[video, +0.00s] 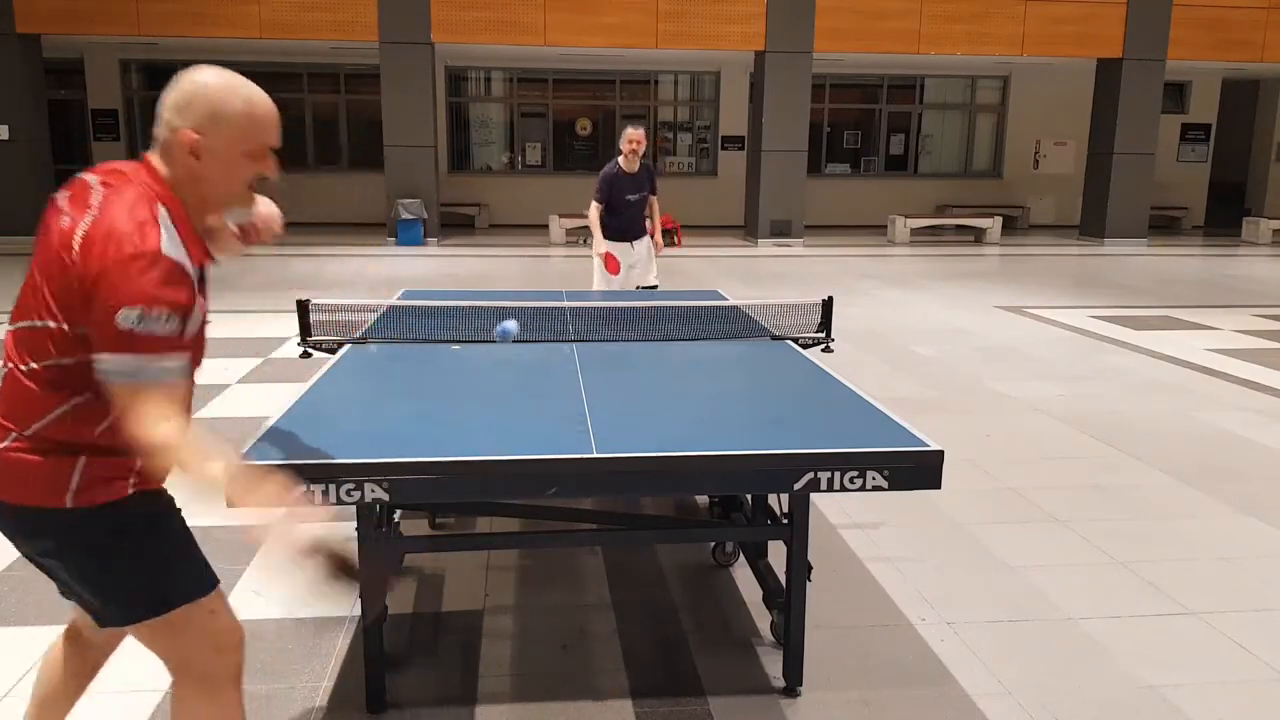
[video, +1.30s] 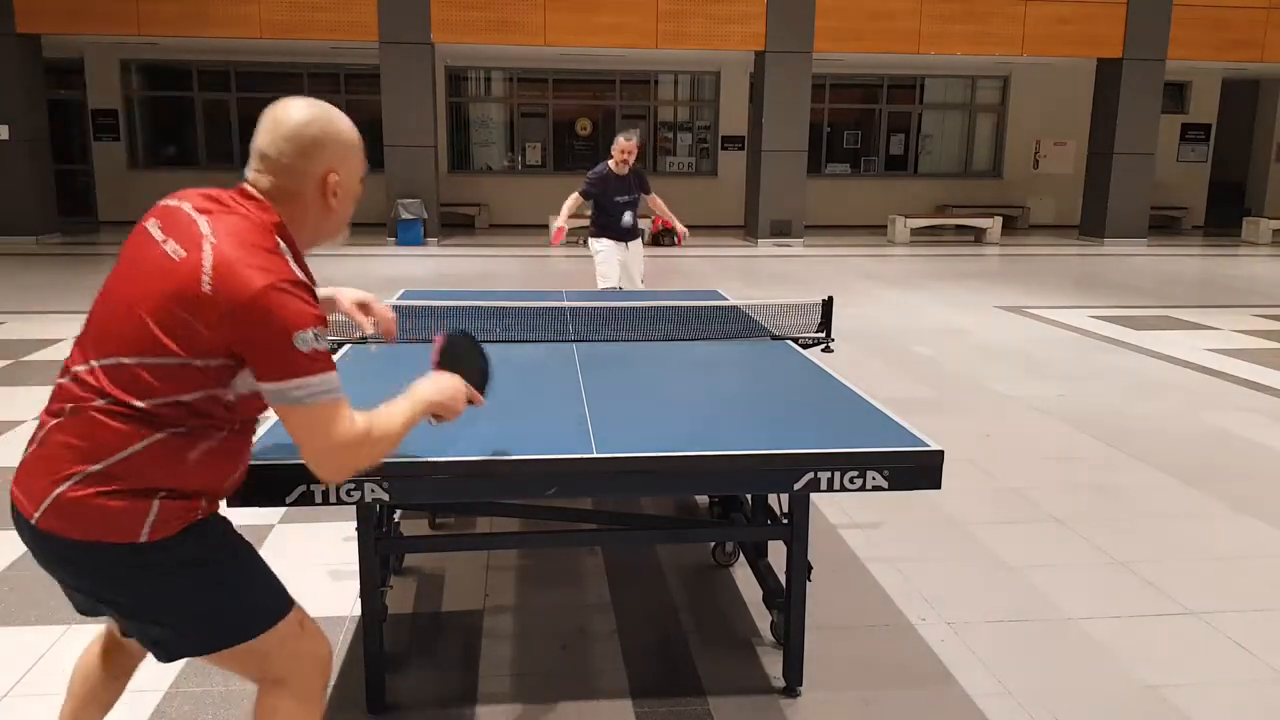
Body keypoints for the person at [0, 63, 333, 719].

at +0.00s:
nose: (270, 171)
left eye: (273, 153)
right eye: (260, 152)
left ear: (189, 145)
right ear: (194, 147)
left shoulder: (102, 184)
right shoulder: (144, 248)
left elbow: (163, 228)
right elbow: (152, 424)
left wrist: (223, 227)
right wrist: (247, 485)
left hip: (28, 462)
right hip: (83, 481)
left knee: (103, 615)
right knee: (210, 649)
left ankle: (39, 716)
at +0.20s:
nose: (191, 115)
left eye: (189, 97)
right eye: (178, 96)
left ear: (109, 94)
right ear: (123, 95)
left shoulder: (15, 162)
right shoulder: (122, 166)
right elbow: (291, 158)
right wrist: (250, 58)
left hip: (15, 462)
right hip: (93, 468)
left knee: (66, 619)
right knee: (191, 662)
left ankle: (35, 719)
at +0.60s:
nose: (139, 113)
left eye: (139, 100)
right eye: (137, 100)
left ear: (48, 102)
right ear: (113, 103)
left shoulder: (5, 168)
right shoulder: (116, 178)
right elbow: (275, 239)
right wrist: (262, 148)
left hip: (6, 464)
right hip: (86, 465)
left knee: (58, 620)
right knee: (200, 652)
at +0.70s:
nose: (168, 115)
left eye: (168, 102)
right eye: (166, 102)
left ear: (74, 104)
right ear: (142, 106)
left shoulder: (6, 174)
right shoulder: (134, 188)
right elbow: (276, 283)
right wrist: (295, 202)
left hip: (5, 470)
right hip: (92, 472)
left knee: (58, 631)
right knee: (217, 651)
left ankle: (32, 719)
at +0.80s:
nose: (207, 125)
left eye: (204, 110)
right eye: (204, 111)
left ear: (109, 113)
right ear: (182, 118)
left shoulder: (30, 185)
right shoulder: (159, 203)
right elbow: (278, 333)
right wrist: (321, 265)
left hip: (12, 481)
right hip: (106, 488)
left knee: (69, 635)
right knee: (244, 658)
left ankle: (31, 718)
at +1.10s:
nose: (300, 143)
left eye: (300, 128)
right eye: (299, 127)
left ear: (204, 119)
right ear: (278, 131)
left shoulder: (119, 178)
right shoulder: (231, 225)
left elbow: (151, 304)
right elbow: (287, 398)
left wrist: (262, 306)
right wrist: (361, 364)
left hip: (34, 472)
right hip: (129, 492)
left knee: (103, 640)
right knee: (280, 648)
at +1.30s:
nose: (358, 195)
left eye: (360, 179)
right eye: (359, 179)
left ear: (261, 163)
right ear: (330, 186)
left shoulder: (182, 208)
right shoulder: (268, 289)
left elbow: (212, 306)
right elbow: (336, 455)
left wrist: (320, 302)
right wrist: (424, 396)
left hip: (50, 491)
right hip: (130, 521)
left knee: (128, 628)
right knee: (299, 662)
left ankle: (74, 715)